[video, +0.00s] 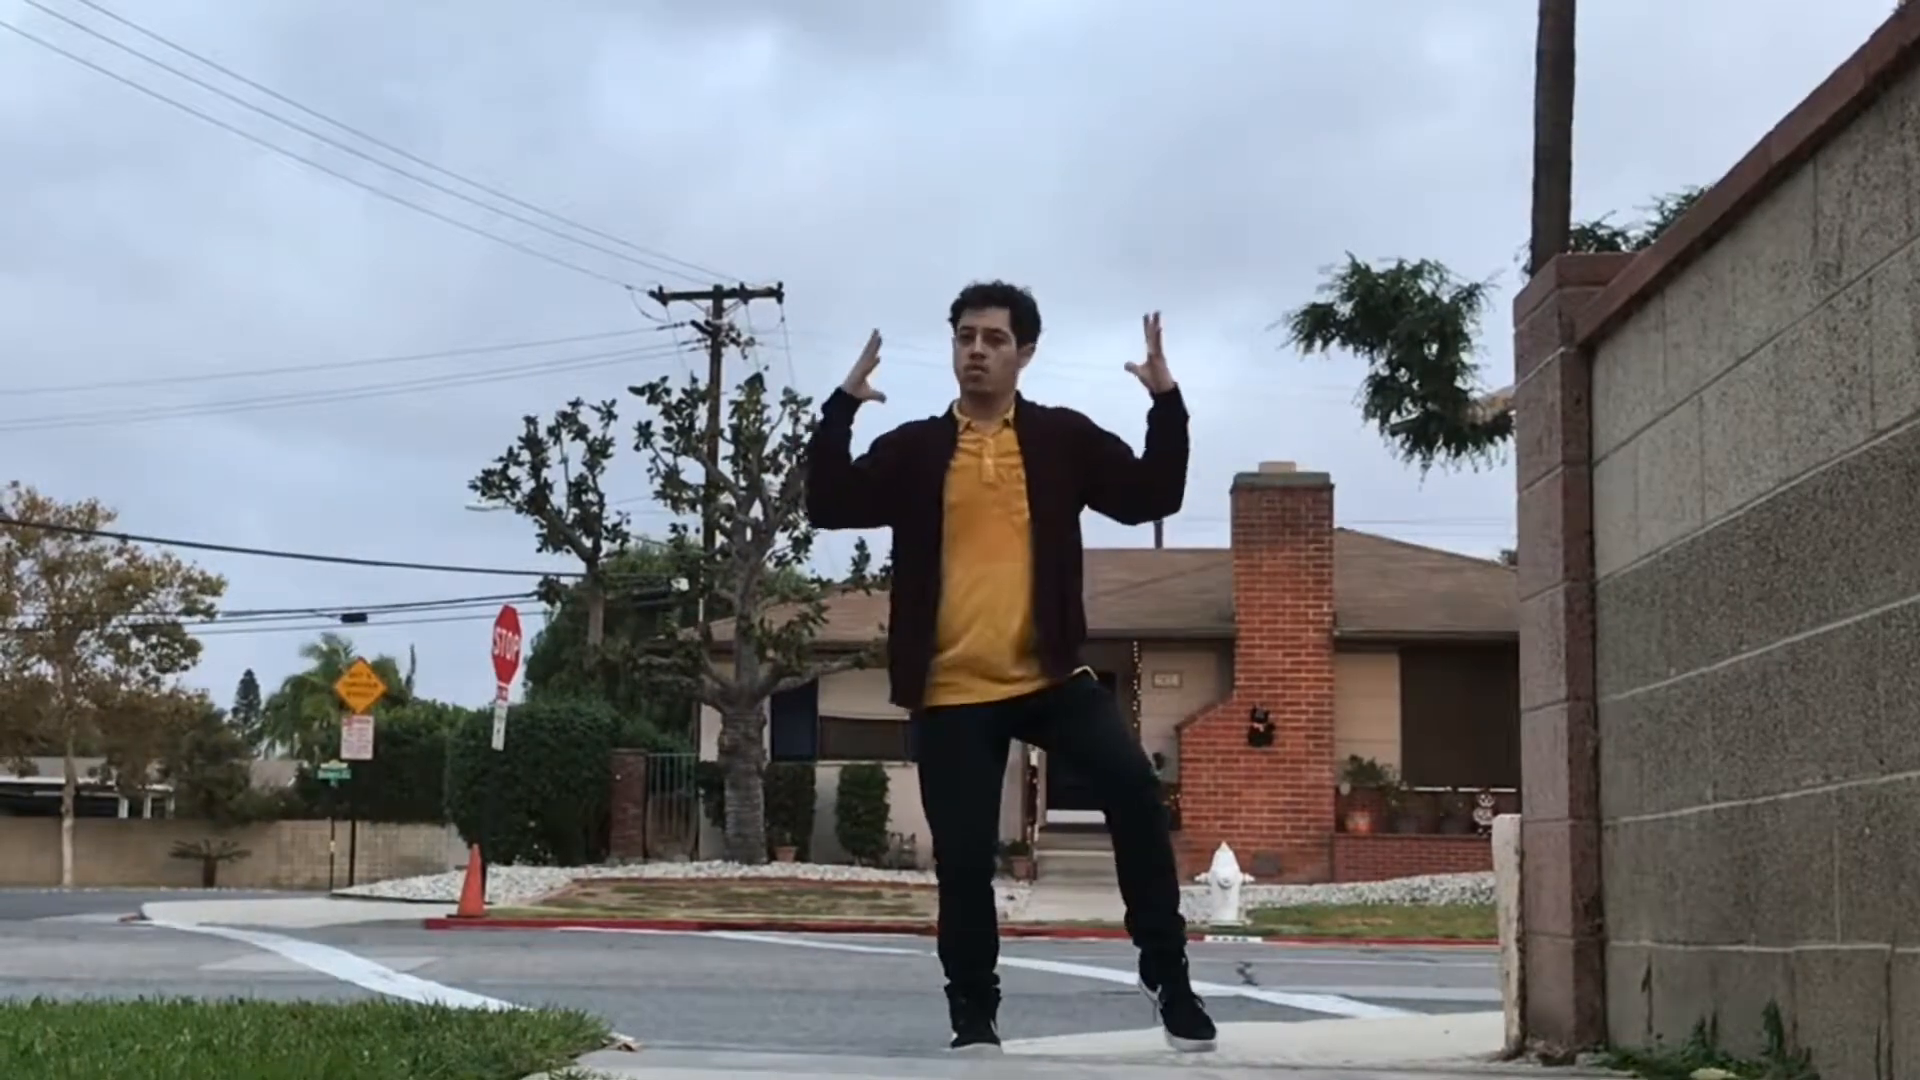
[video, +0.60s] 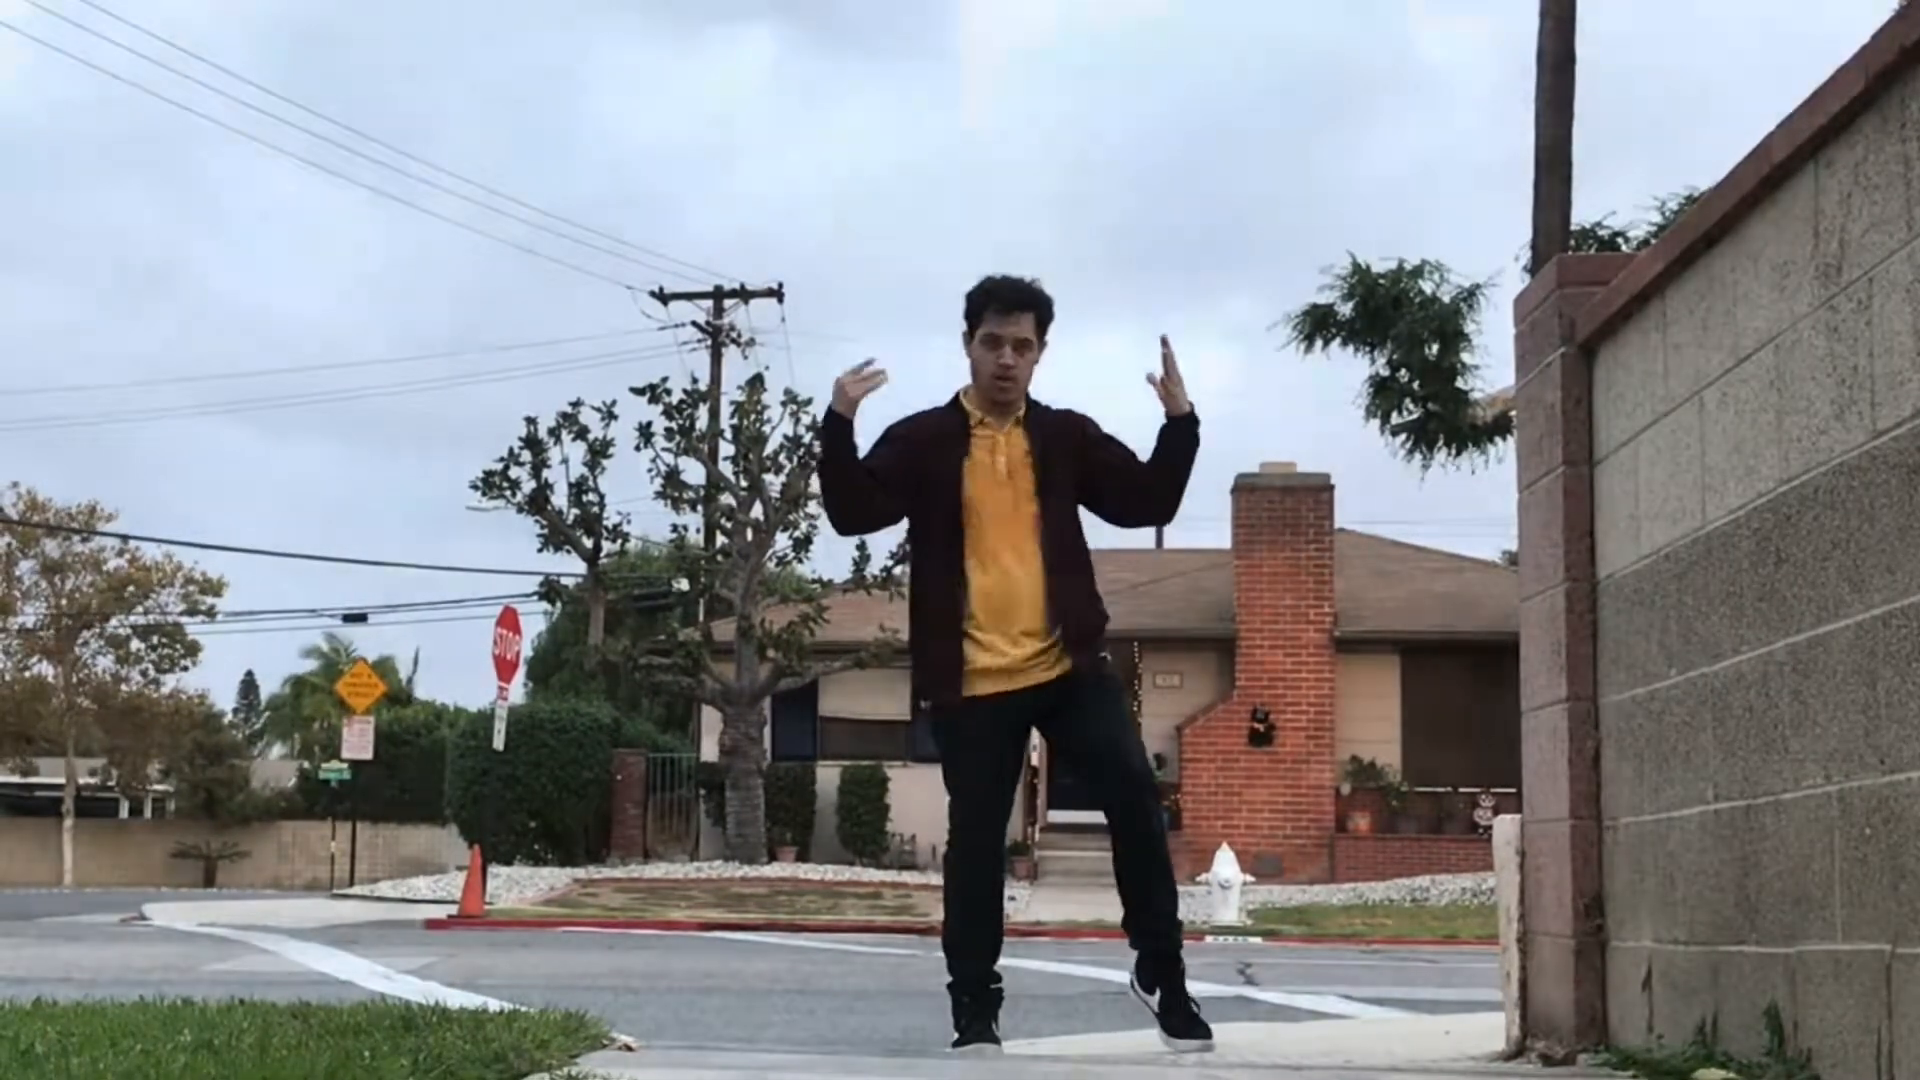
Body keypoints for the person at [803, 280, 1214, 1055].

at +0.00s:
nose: (976, 350)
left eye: (994, 339)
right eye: (966, 337)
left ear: (1025, 353)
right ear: (951, 349)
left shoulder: (1063, 436)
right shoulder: (911, 449)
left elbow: (1155, 495)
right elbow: (828, 502)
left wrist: (1166, 399)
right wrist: (844, 402)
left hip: (1052, 679)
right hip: (952, 691)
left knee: (1134, 789)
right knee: (962, 860)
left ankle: (1170, 977)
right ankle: (973, 1019)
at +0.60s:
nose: (1008, 359)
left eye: (1022, 346)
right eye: (994, 344)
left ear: (1040, 353)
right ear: (968, 348)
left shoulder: (1066, 436)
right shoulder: (921, 439)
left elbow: (1151, 502)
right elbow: (851, 511)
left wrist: (1180, 423)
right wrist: (838, 419)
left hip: (1069, 668)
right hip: (973, 682)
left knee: (1132, 791)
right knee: (977, 844)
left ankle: (1164, 974)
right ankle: (974, 1009)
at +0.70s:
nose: (1007, 357)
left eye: (1022, 344)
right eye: (993, 342)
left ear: (1041, 351)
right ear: (968, 346)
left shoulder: (1071, 440)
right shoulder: (918, 447)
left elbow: (1123, 538)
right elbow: (882, 552)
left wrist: (1152, 498)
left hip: (1070, 666)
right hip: (973, 682)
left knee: (1134, 786)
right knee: (976, 838)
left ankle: (1164, 970)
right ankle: (975, 1005)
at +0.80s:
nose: (1008, 356)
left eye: (1023, 344)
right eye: (994, 342)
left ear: (1042, 352)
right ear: (969, 347)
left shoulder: (1072, 443)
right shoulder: (929, 443)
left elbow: (1106, 545)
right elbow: (919, 545)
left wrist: (1068, 566)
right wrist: (941, 624)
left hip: (1067, 672)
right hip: (974, 681)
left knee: (1134, 793)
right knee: (975, 838)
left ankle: (1164, 972)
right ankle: (974, 1005)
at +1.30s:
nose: (976, 338)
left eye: (990, 323)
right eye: (961, 329)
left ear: (1023, 334)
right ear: (950, 348)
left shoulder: (1075, 433)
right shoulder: (921, 430)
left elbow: (1117, 549)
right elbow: (864, 524)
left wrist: (1089, 616)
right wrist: (923, 594)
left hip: (1047, 681)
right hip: (954, 681)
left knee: (1044, 844)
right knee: (961, 847)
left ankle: (1046, 1010)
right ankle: (971, 1013)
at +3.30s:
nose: (945, 349)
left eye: (957, 332)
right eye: (936, 339)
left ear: (1002, 328)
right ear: (934, 350)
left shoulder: (1078, 424)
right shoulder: (919, 447)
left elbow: (1123, 534)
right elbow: (844, 534)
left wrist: (1132, 642)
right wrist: (892, 609)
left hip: (1063, 675)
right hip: (963, 676)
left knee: (1060, 849)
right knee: (940, 833)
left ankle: (1048, 1011)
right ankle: (910, 1006)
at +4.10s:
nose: (1013, 325)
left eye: (1027, 313)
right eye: (999, 314)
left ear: (1054, 330)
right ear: (981, 332)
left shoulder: (1098, 425)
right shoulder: (950, 431)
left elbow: (1127, 527)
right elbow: (930, 535)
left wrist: (1091, 600)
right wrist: (965, 616)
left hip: (1071, 678)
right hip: (981, 679)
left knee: (1065, 850)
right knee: (981, 847)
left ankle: (1053, 1009)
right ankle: (984, 1009)